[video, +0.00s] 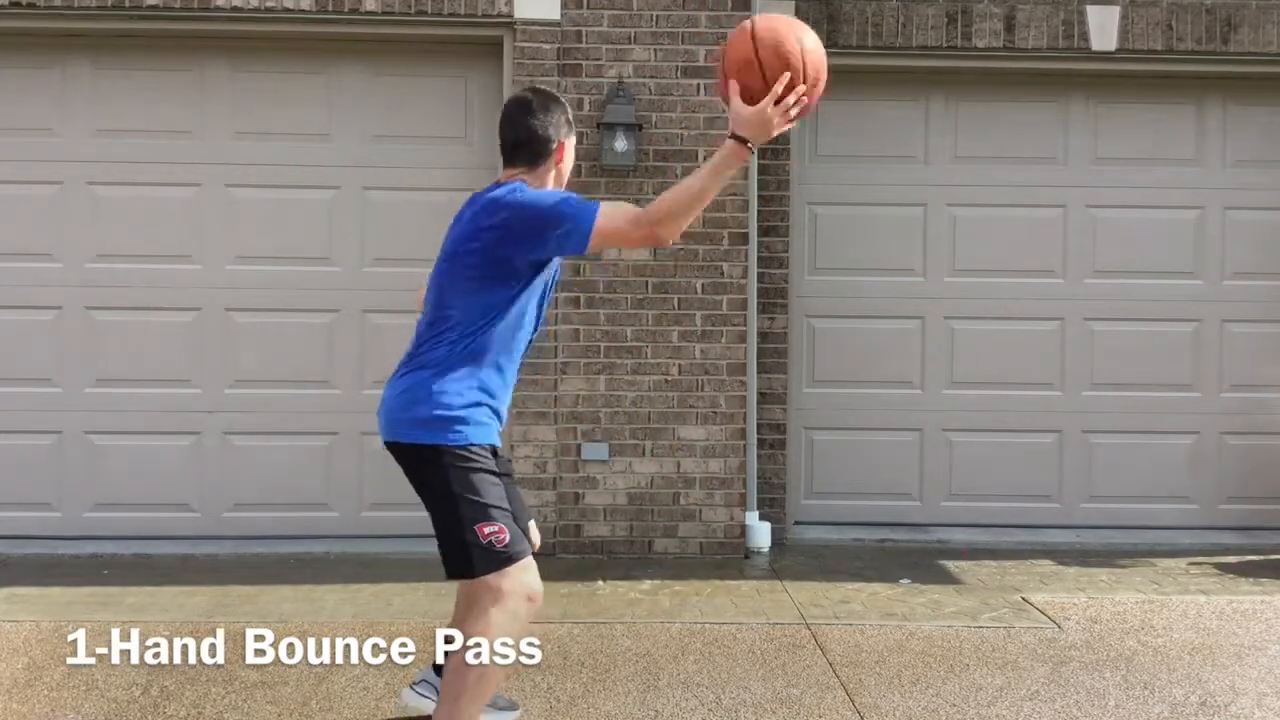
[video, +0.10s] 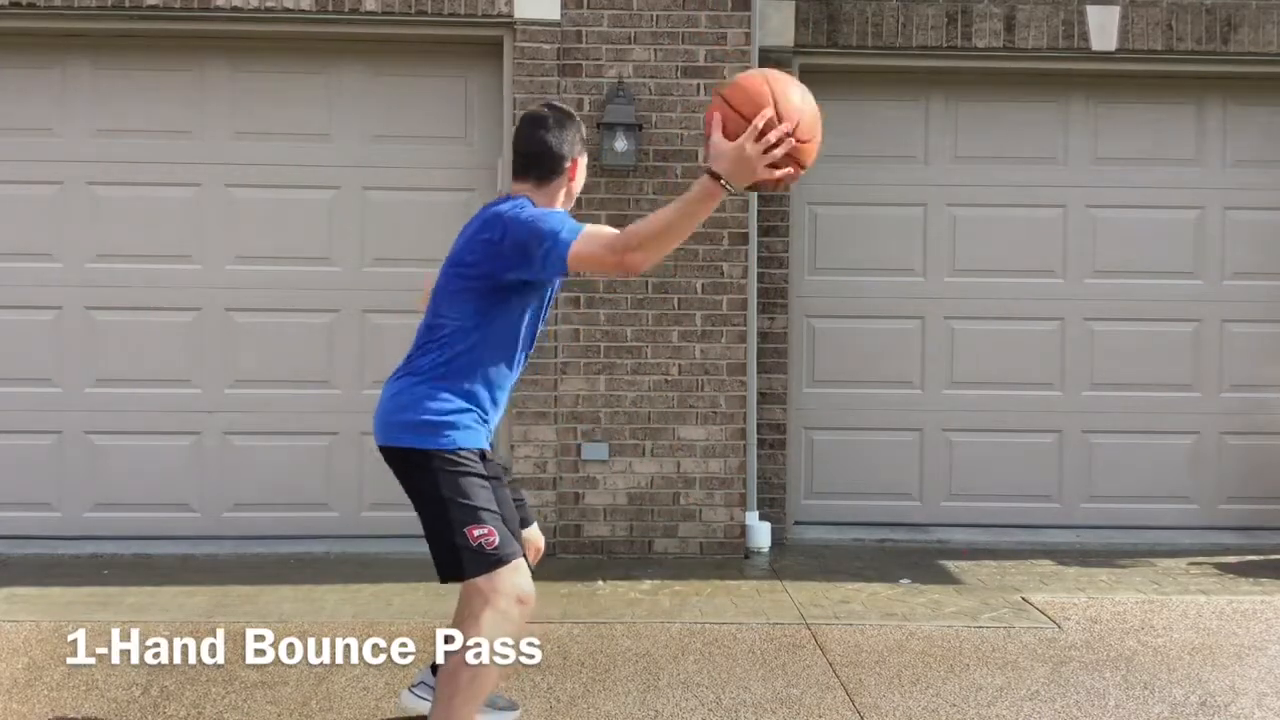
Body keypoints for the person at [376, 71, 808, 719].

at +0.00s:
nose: (574, 156)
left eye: (570, 146)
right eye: (573, 145)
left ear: (506, 147)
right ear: (563, 151)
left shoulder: (487, 207)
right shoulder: (526, 208)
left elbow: (435, 312)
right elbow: (654, 226)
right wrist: (739, 145)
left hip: (443, 414)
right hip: (444, 420)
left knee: (518, 543)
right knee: (516, 594)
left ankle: (447, 676)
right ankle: (457, 711)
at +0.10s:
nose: (584, 178)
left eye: (584, 168)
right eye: (584, 167)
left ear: (516, 165)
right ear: (574, 171)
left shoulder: (498, 219)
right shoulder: (524, 223)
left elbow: (435, 302)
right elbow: (627, 252)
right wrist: (718, 180)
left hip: (452, 425)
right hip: (432, 428)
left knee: (525, 543)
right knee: (508, 593)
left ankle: (445, 678)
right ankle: (455, 709)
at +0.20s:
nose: (593, 199)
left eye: (590, 188)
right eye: (594, 189)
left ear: (528, 183)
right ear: (584, 197)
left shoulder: (503, 240)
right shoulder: (515, 251)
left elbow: (431, 288)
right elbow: (597, 325)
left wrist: (426, 373)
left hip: (452, 432)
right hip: (430, 434)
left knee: (531, 549)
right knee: (507, 593)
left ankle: (444, 679)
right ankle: (455, 709)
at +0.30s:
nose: (589, 221)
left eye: (589, 210)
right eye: (591, 211)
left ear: (526, 199)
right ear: (580, 217)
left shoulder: (488, 245)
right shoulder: (523, 291)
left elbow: (413, 303)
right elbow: (583, 413)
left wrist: (445, 375)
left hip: (419, 436)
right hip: (434, 446)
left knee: (531, 546)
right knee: (514, 610)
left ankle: (445, 681)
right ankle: (456, 708)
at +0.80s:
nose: (557, 192)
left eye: (554, 183)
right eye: (556, 184)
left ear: (489, 185)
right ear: (549, 193)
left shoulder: (450, 243)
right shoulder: (532, 270)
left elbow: (400, 341)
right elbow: (574, 392)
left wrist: (485, 395)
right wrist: (629, 389)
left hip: (395, 441)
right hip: (442, 449)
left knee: (518, 544)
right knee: (521, 614)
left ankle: (438, 687)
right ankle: (458, 711)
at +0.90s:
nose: (554, 178)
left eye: (552, 169)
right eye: (555, 169)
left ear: (485, 169)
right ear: (547, 175)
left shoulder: (448, 231)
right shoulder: (533, 252)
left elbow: (406, 330)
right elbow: (611, 346)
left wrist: (494, 384)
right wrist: (649, 295)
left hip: (400, 434)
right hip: (446, 442)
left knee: (483, 576)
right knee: (528, 612)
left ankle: (441, 688)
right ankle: (461, 712)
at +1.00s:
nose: (551, 163)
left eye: (546, 154)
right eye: (551, 154)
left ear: (484, 159)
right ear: (543, 162)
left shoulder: (457, 221)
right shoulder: (526, 232)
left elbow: (439, 334)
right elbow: (635, 284)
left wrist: (499, 384)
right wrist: (652, 208)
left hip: (413, 427)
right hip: (449, 435)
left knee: (488, 581)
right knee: (525, 610)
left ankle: (440, 688)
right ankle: (460, 711)